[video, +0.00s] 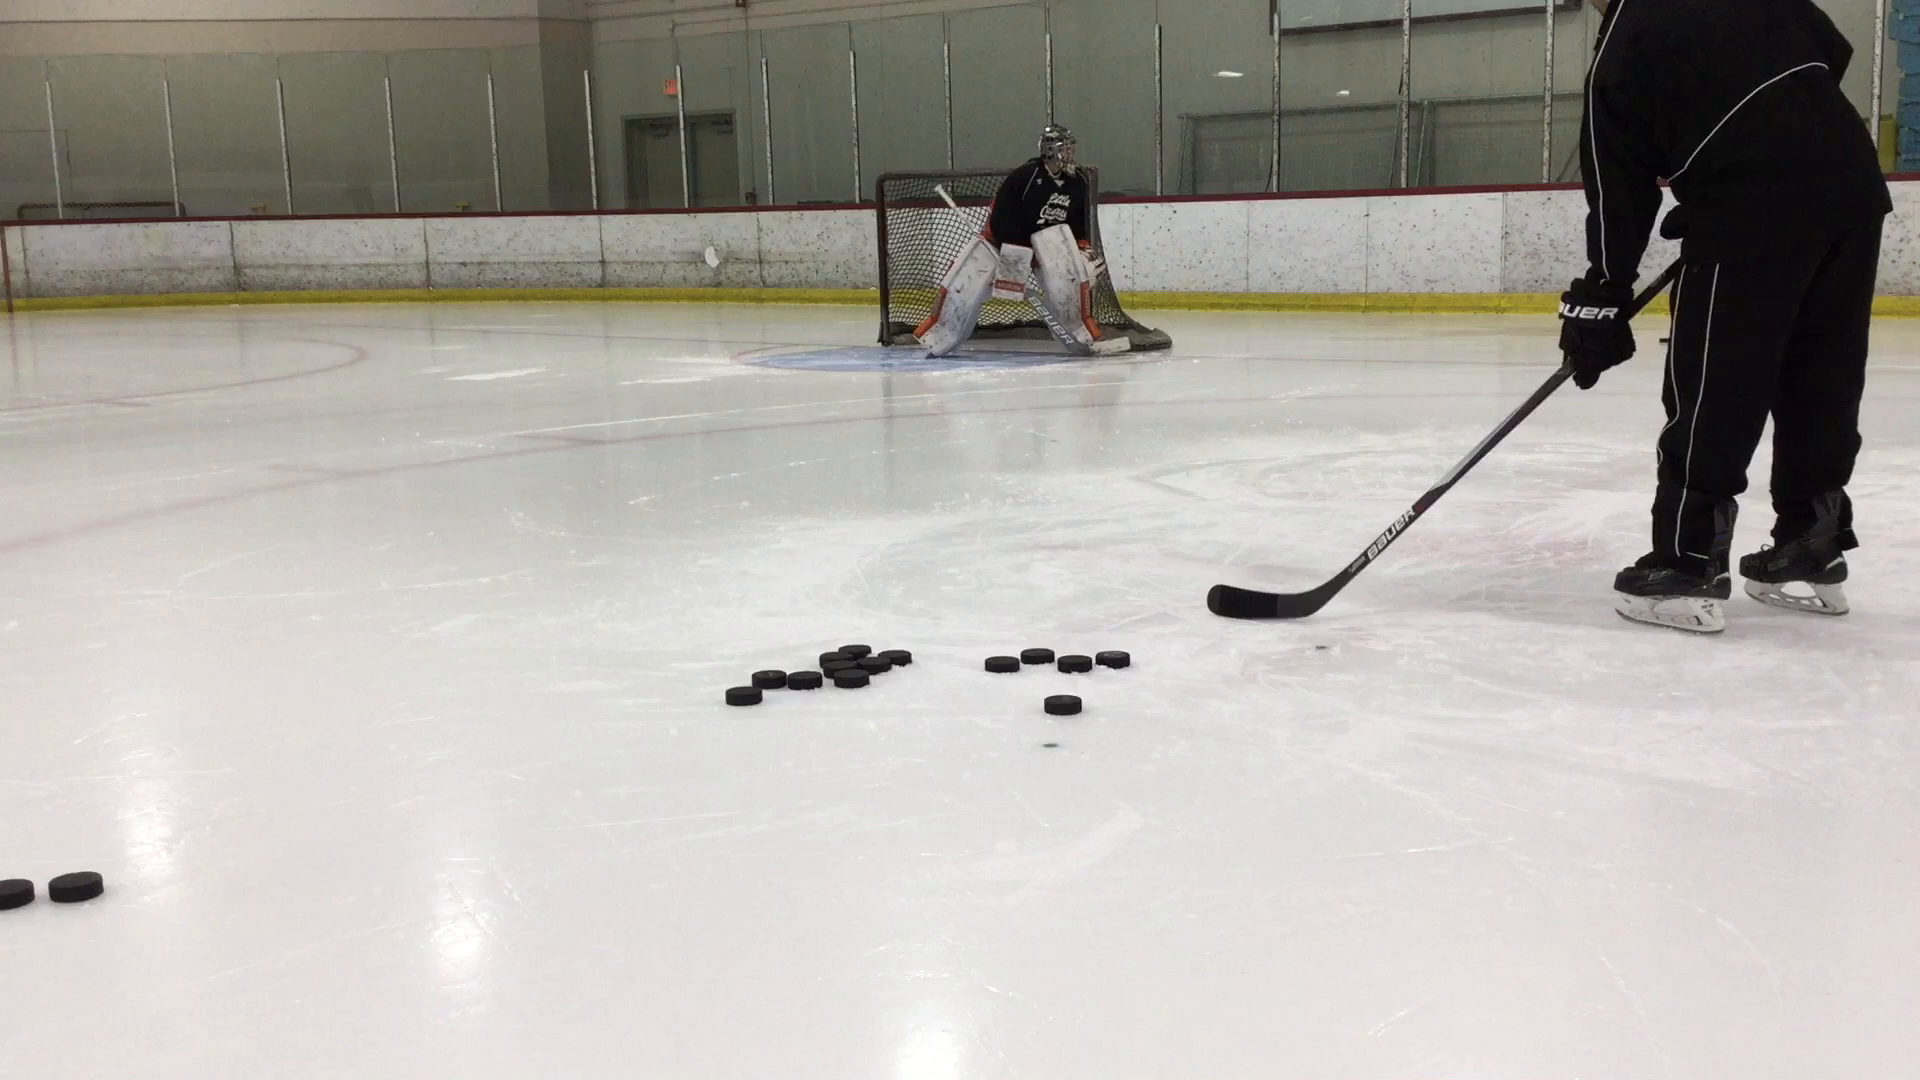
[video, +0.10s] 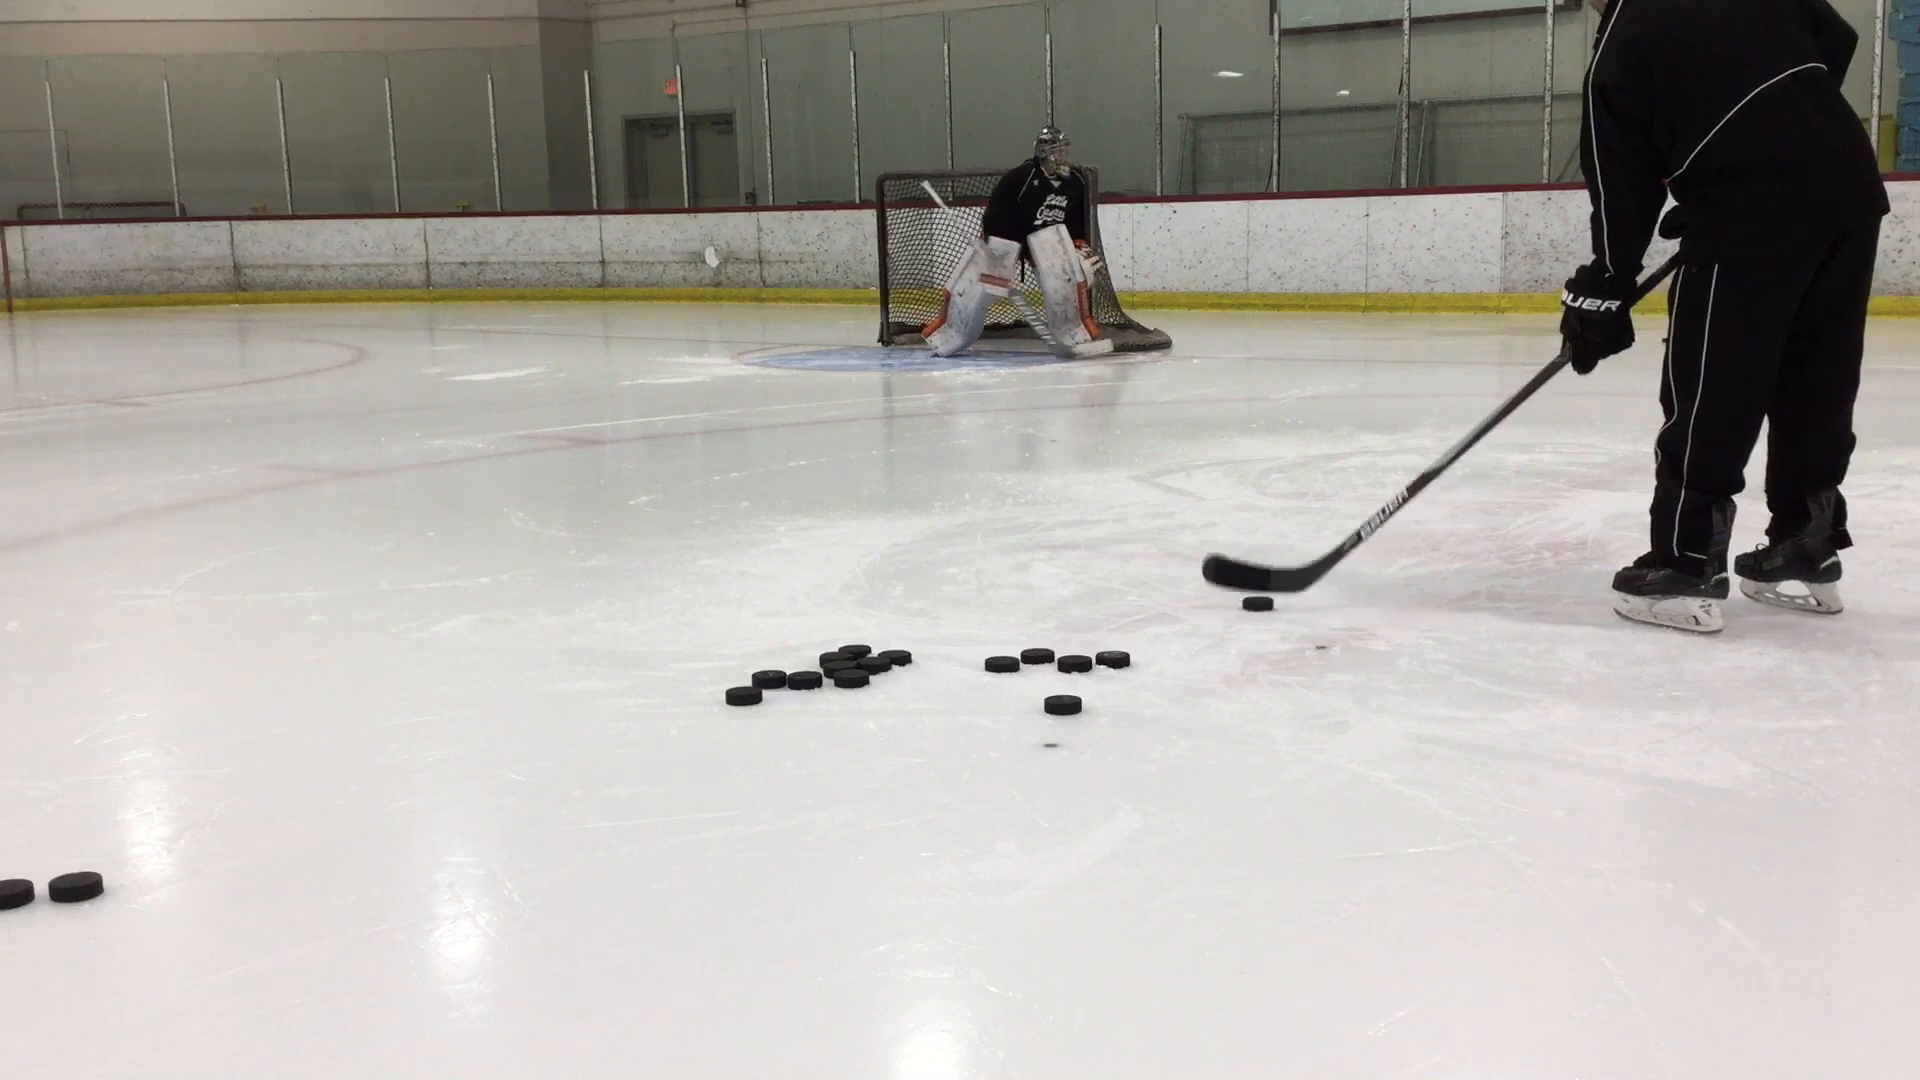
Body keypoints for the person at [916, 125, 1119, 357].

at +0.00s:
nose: (1069, 155)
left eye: (1070, 150)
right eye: (1063, 150)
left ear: (1072, 151)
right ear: (1048, 152)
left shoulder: (1077, 184)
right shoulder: (1024, 177)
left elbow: (1079, 223)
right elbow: (1002, 219)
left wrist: (1083, 249)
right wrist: (1016, 259)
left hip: (1051, 245)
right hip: (1007, 242)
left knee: (1077, 277)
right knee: (965, 280)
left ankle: (1084, 333)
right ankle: (933, 332)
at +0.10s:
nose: (1062, 155)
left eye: (1064, 150)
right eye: (1056, 151)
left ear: (1068, 152)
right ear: (1042, 153)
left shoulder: (1075, 184)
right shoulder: (1017, 180)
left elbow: (1078, 222)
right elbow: (996, 223)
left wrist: (1080, 246)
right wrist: (1005, 262)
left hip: (1052, 243)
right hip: (1010, 241)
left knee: (1075, 275)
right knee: (975, 282)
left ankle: (1076, 333)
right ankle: (948, 331)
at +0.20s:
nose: (1047, 162)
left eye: (1050, 156)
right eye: (1041, 157)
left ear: (1054, 157)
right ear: (1027, 159)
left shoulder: (1063, 184)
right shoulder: (1002, 183)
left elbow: (1072, 222)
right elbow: (975, 224)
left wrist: (1075, 248)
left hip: (1046, 246)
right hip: (1004, 248)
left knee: (1059, 283)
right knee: (985, 291)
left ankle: (1073, 337)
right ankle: (958, 340)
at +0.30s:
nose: (1013, 164)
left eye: (1018, 158)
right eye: (1008, 158)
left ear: (1028, 161)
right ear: (1001, 160)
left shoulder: (1044, 187)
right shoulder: (983, 186)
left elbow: (1064, 218)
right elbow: (953, 220)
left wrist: (1066, 247)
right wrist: (928, 258)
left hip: (1028, 245)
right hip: (986, 246)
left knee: (1043, 288)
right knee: (966, 292)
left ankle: (1065, 339)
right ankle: (958, 341)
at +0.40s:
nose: (976, 170)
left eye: (981, 164)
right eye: (972, 165)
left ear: (994, 166)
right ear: (966, 167)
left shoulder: (1019, 190)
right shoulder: (954, 192)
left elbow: (1047, 228)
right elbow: (920, 228)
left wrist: (1040, 253)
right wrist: (894, 257)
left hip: (1011, 256)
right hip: (970, 257)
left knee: (1027, 292)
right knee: (933, 285)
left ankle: (1061, 338)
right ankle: (946, 337)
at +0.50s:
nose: (931, 175)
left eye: (938, 170)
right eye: (929, 169)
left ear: (951, 171)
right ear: (925, 171)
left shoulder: (974, 192)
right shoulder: (915, 198)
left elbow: (1009, 220)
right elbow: (890, 232)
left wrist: (997, 240)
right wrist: (866, 261)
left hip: (976, 258)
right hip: (938, 258)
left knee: (1017, 301)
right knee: (895, 281)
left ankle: (1058, 340)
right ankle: (918, 337)